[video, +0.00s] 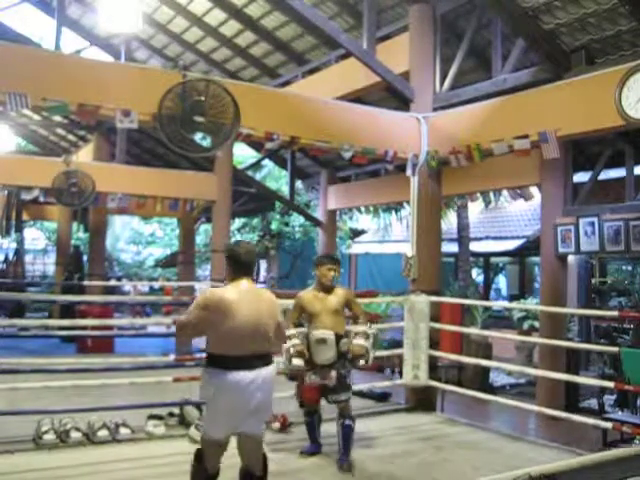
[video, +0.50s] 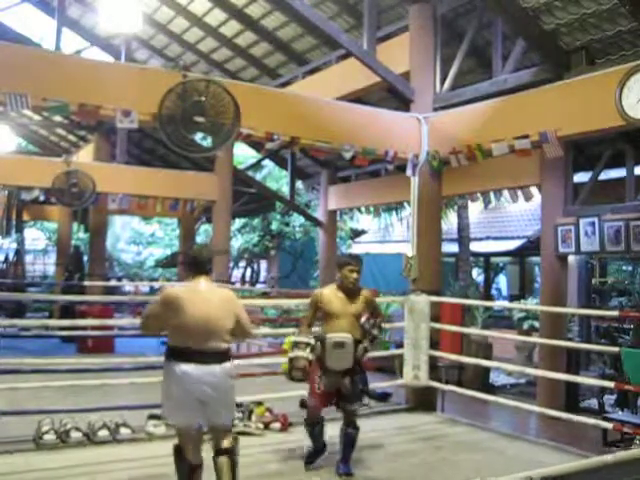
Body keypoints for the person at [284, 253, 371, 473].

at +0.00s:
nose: (332, 274)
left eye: (335, 271)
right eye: (328, 270)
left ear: (338, 273)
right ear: (317, 271)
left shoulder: (344, 295)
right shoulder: (303, 298)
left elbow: (361, 317)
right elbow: (291, 324)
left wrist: (359, 340)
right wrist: (297, 345)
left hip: (339, 350)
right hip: (312, 350)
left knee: (343, 402)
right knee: (308, 398)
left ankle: (345, 454)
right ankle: (314, 443)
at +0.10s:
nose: (336, 276)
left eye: (338, 272)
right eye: (331, 272)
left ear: (339, 274)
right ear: (319, 272)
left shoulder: (346, 296)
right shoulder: (305, 299)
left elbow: (363, 315)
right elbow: (291, 325)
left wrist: (356, 339)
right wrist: (295, 348)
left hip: (339, 348)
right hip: (313, 349)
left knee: (343, 403)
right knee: (309, 401)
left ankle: (345, 456)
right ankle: (314, 442)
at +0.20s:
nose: (341, 277)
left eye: (344, 273)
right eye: (337, 272)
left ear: (345, 275)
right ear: (324, 274)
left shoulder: (351, 298)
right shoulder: (309, 298)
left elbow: (368, 318)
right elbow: (295, 326)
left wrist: (359, 340)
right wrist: (296, 351)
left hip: (343, 351)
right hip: (315, 351)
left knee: (344, 406)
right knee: (309, 403)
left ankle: (344, 458)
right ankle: (314, 441)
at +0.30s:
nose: (347, 277)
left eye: (349, 273)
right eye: (343, 272)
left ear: (351, 275)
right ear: (330, 273)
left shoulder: (356, 298)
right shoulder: (314, 297)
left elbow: (373, 317)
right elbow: (300, 323)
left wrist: (363, 337)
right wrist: (299, 346)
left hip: (347, 351)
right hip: (320, 351)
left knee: (347, 407)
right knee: (310, 403)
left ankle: (345, 459)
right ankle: (314, 439)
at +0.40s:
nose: (352, 277)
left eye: (355, 273)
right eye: (348, 272)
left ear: (357, 275)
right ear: (336, 273)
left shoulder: (362, 298)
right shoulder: (319, 296)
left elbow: (376, 318)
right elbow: (303, 324)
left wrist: (365, 341)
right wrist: (301, 348)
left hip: (350, 351)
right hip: (323, 353)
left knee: (349, 409)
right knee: (310, 405)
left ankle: (345, 460)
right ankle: (315, 437)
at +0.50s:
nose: (355, 277)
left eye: (358, 273)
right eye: (350, 272)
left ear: (360, 275)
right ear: (339, 273)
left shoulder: (365, 298)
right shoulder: (321, 295)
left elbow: (378, 318)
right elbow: (306, 325)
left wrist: (369, 338)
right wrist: (304, 347)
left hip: (353, 356)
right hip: (324, 355)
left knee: (350, 411)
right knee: (312, 408)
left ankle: (345, 461)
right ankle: (318, 445)